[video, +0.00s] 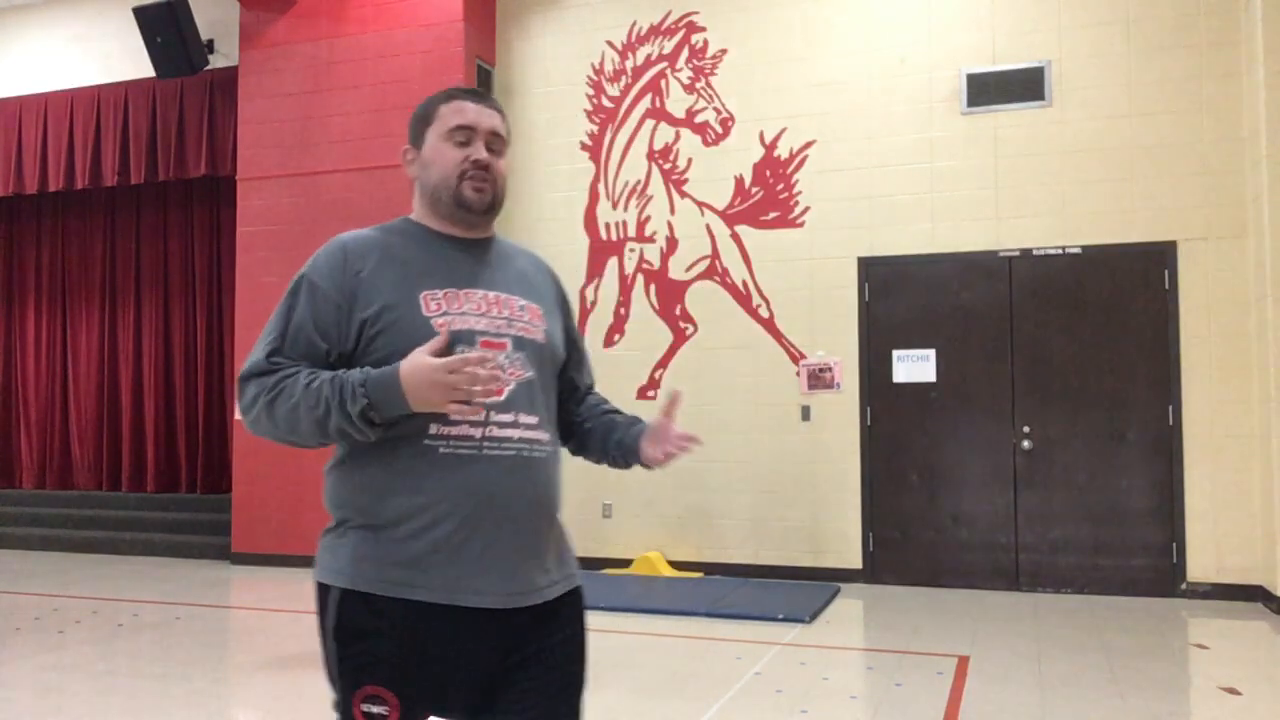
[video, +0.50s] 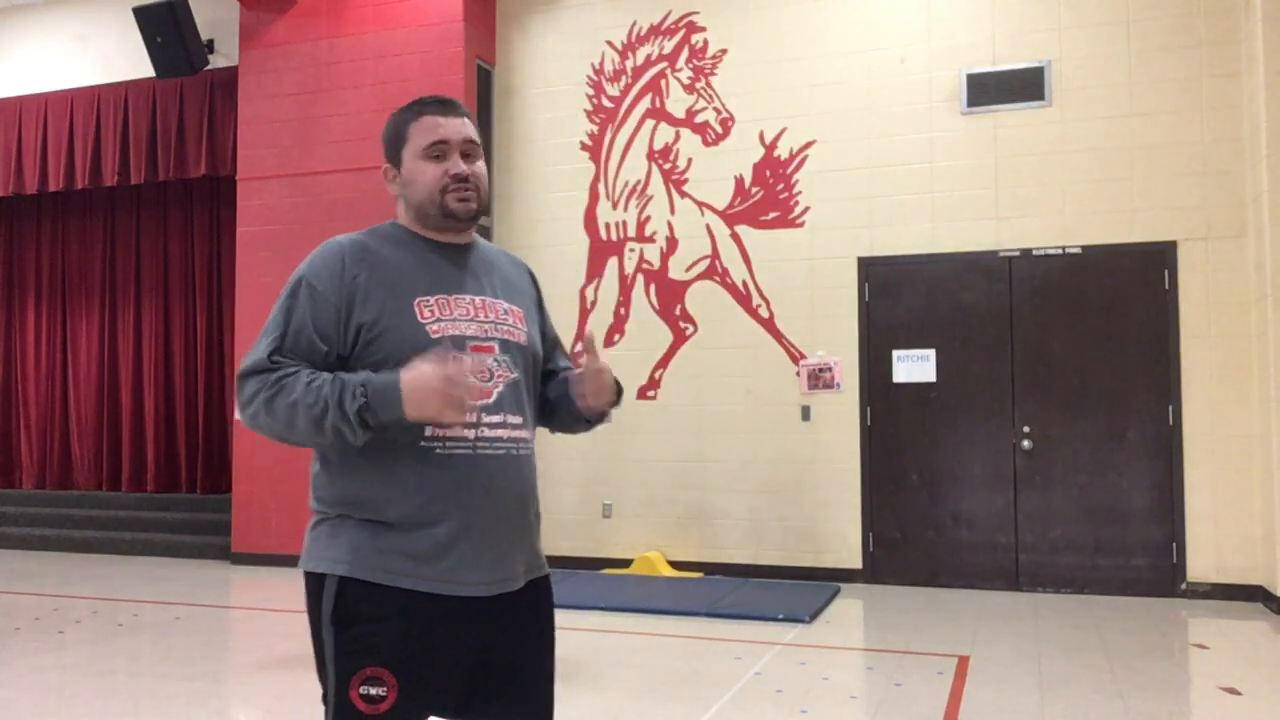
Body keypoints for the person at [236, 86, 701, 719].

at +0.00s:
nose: (482, 155)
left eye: (496, 144)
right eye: (461, 138)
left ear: (509, 167)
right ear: (412, 158)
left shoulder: (539, 279)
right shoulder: (350, 264)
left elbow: (572, 406)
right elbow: (264, 394)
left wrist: (635, 438)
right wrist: (393, 389)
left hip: (535, 600)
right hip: (392, 597)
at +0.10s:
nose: (476, 163)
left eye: (487, 152)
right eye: (456, 145)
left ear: (497, 170)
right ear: (401, 161)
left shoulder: (521, 279)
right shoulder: (339, 266)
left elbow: (556, 399)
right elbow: (257, 398)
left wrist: (612, 419)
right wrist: (389, 393)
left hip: (517, 597)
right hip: (377, 594)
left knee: (525, 710)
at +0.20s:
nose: (475, 165)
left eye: (481, 152)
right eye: (452, 149)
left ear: (488, 166)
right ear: (393, 165)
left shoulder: (509, 274)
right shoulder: (329, 267)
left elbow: (541, 394)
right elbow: (255, 402)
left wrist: (586, 405)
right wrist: (391, 397)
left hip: (508, 588)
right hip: (372, 590)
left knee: (527, 711)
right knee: (369, 709)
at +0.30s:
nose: (475, 166)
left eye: (478, 152)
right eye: (451, 152)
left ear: (485, 162)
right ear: (393, 171)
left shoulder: (504, 273)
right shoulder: (330, 266)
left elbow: (535, 398)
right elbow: (251, 399)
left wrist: (584, 394)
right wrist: (388, 391)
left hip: (507, 584)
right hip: (373, 587)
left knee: (529, 710)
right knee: (369, 709)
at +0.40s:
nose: (472, 166)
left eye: (475, 150)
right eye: (446, 153)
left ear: (485, 160)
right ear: (392, 177)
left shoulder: (507, 274)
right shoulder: (334, 265)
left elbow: (536, 395)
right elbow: (252, 392)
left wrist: (587, 386)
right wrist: (385, 384)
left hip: (507, 582)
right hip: (375, 583)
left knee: (525, 710)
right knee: (370, 709)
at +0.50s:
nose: (462, 166)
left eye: (471, 152)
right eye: (437, 153)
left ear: (487, 168)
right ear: (393, 176)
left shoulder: (515, 276)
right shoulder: (343, 266)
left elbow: (542, 389)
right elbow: (262, 388)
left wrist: (582, 395)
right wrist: (391, 395)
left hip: (510, 581)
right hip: (381, 582)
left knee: (517, 712)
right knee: (374, 708)